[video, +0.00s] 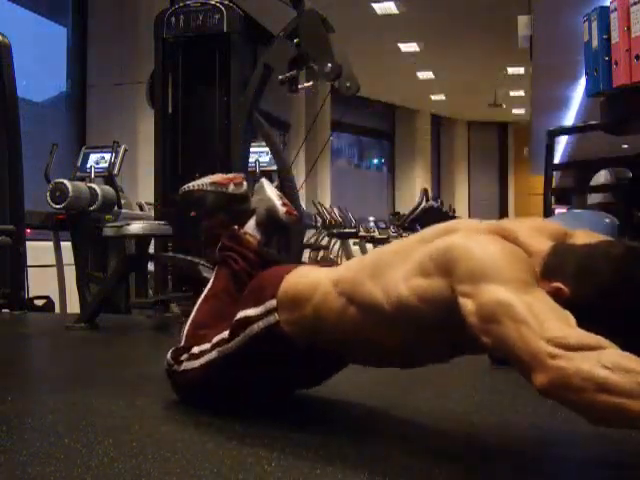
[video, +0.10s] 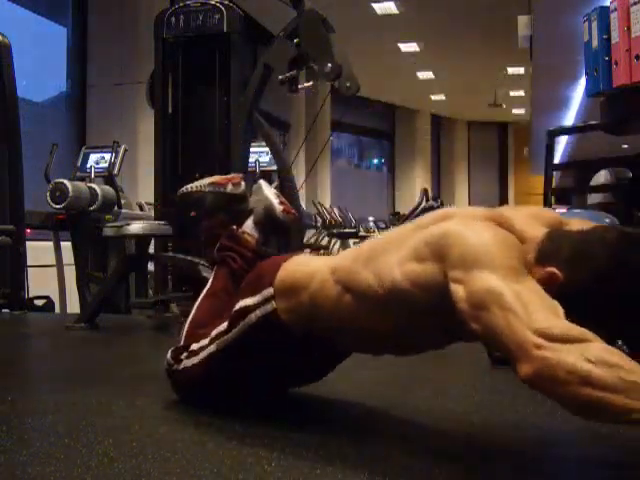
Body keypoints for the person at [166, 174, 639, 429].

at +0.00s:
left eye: (596, 334)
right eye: (586, 324)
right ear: (563, 291)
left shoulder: (561, 243)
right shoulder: (485, 259)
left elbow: (599, 344)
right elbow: (560, 367)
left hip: (331, 317)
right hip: (291, 316)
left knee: (239, 373)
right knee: (186, 372)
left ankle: (265, 252)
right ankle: (233, 254)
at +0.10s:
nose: (553, 303)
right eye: (562, 299)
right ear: (554, 278)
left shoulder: (546, 231)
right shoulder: (479, 248)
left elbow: (568, 334)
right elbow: (544, 360)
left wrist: (634, 381)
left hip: (330, 324)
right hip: (286, 307)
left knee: (242, 377)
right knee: (187, 372)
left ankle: (272, 248)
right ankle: (234, 248)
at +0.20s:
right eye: (552, 302)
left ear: (540, 251)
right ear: (536, 260)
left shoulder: (541, 214)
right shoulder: (464, 224)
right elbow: (521, 341)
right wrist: (637, 392)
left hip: (330, 315)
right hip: (283, 298)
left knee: (238, 378)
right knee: (184, 372)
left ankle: (261, 252)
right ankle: (233, 256)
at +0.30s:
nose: (514, 283)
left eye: (533, 283)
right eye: (528, 275)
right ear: (514, 233)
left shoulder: (526, 190)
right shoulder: (444, 199)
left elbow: (611, 238)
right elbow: (494, 321)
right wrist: (632, 393)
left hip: (327, 302)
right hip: (275, 285)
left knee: (255, 378)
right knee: (183, 373)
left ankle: (257, 246)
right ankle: (227, 249)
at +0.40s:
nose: (503, 273)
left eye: (517, 269)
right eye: (509, 259)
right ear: (492, 210)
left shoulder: (529, 187)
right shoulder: (421, 174)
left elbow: (623, 261)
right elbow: (458, 299)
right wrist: (597, 390)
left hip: (324, 294)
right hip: (262, 271)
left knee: (250, 382)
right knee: (185, 377)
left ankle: (240, 229)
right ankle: (220, 242)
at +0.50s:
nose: (483, 247)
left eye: (498, 243)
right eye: (488, 236)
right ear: (467, 191)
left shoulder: (496, 164)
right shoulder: (398, 152)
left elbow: (591, 247)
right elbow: (422, 282)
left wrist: (637, 293)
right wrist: (540, 380)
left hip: (315, 279)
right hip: (252, 255)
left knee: (247, 381)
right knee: (181, 377)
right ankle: (209, 240)